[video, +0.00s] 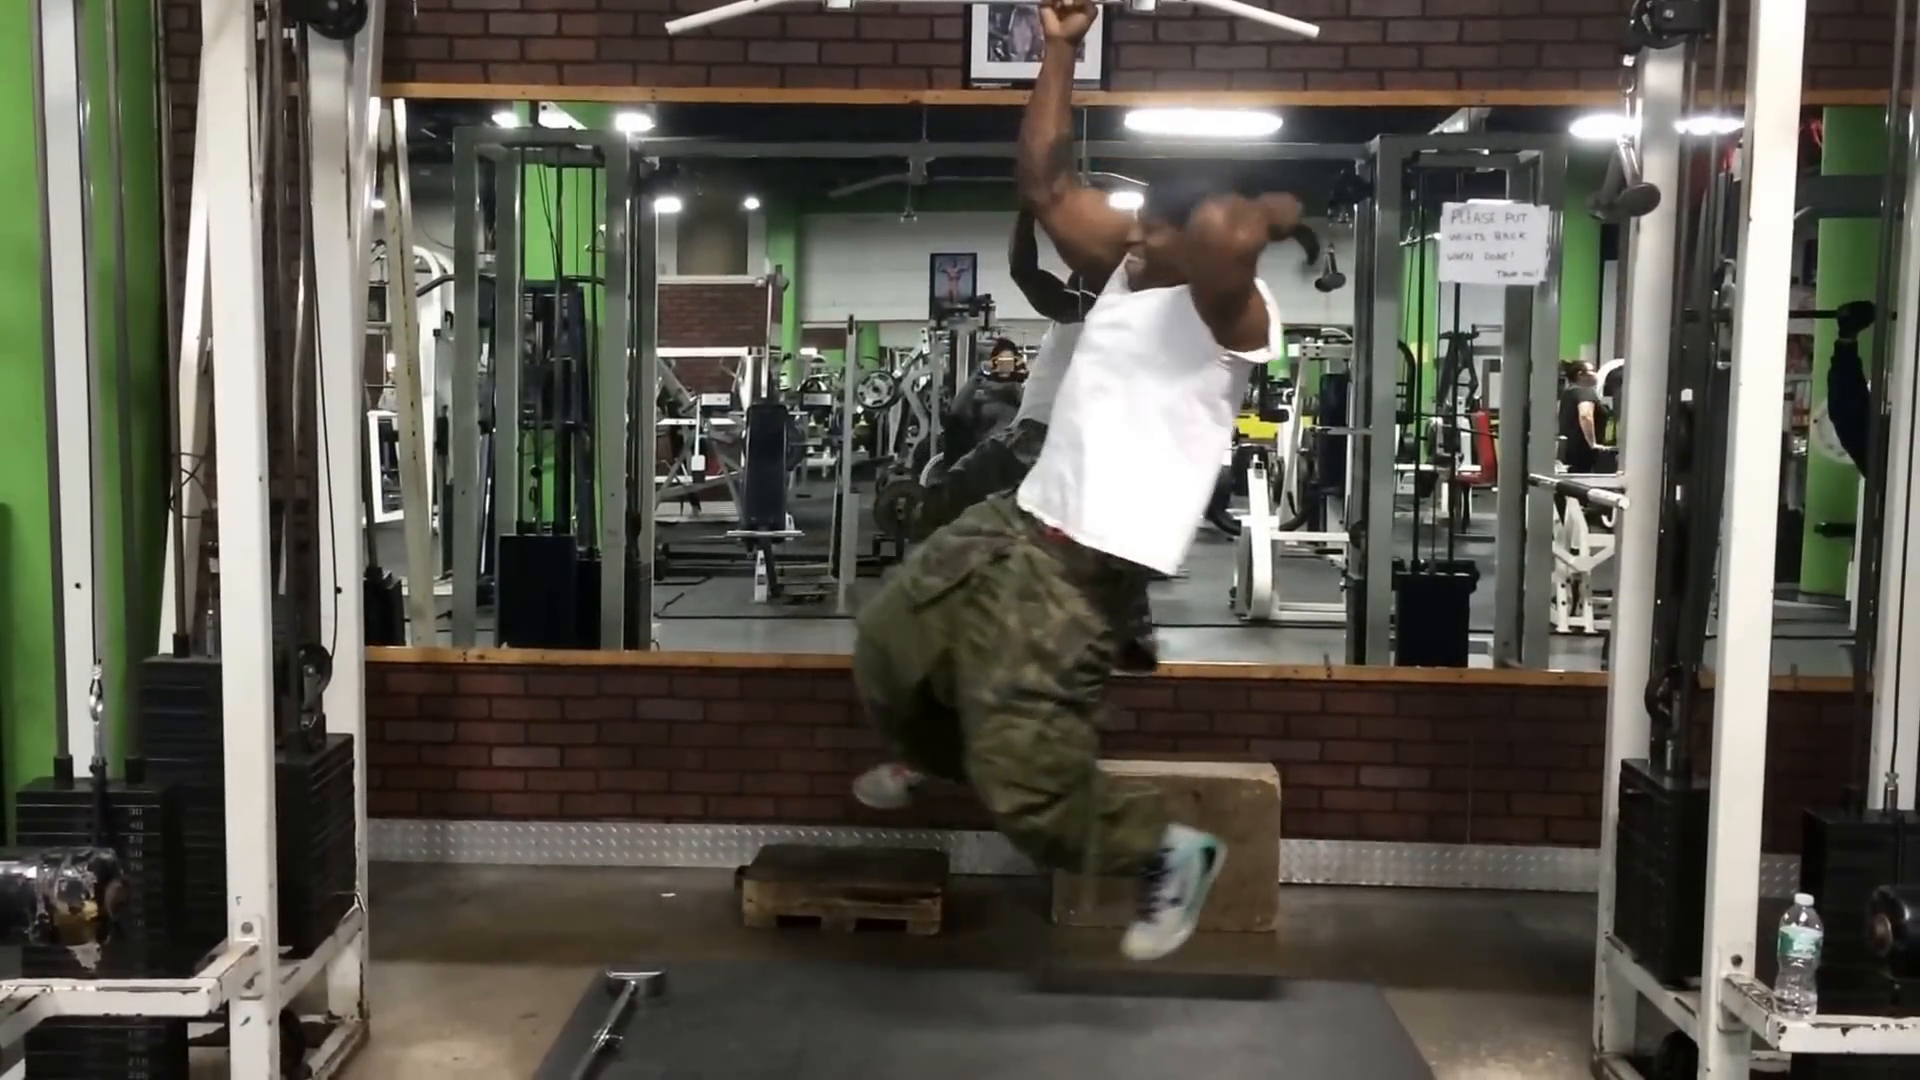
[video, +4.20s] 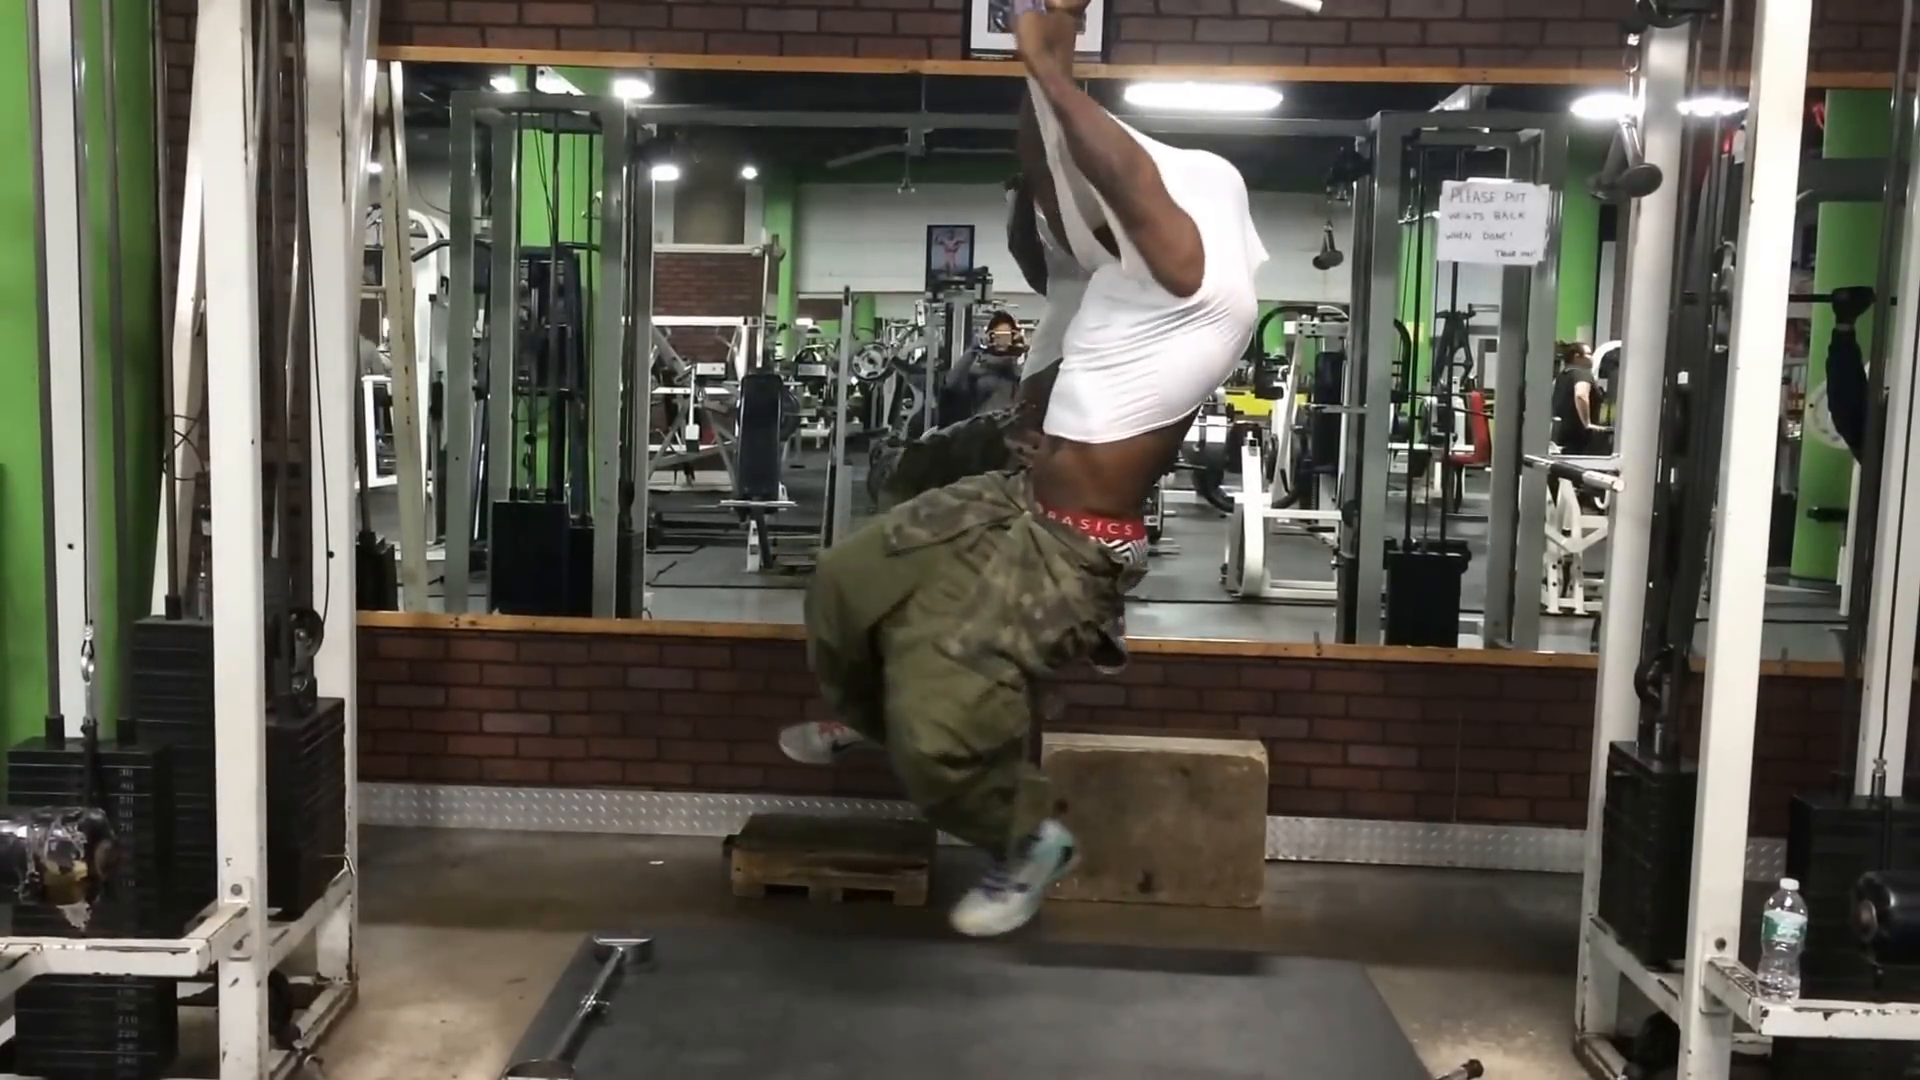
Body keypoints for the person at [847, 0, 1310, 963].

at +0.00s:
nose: (1171, 225)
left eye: (1194, 219)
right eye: (1174, 213)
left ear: (1232, 238)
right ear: (1164, 215)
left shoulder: (1233, 317)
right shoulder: (1131, 249)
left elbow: (1216, 256)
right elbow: (1045, 183)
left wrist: (1249, 214)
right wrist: (1058, 51)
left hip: (1085, 572)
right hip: (1015, 522)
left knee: (1017, 784)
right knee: (887, 643)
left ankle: (1172, 851)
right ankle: (938, 765)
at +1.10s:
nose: (1097, 236)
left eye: (1119, 228)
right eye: (1099, 223)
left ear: (1166, 264)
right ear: (1098, 239)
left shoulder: (1166, 347)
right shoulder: (1084, 298)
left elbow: (1114, 294)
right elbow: (1031, 166)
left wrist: (1175, 259)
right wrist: (1058, 36)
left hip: (992, 587)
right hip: (933, 555)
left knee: (878, 772)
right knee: (828, 713)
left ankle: (1037, 923)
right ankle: (933, 879)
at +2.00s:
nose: (1114, 231)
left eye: (1133, 227)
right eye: (1120, 221)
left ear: (1178, 251)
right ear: (1129, 233)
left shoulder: (1208, 335)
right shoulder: (1109, 264)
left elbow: (1227, 275)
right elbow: (1039, 151)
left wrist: (1238, 249)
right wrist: (1065, 23)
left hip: (1037, 577)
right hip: (965, 528)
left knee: (983, 784)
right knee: (864, 660)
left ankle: (1118, 840)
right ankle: (939, 773)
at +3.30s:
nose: (1066, 193)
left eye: (1067, 191)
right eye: (1050, 192)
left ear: (1086, 207)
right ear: (1060, 221)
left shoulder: (1161, 278)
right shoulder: (1087, 264)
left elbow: (1178, 154)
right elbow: (1035, 143)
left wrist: (1239, 230)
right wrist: (1061, 19)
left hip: (980, 552)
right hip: (934, 533)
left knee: (841, 745)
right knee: (831, 699)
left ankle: (1005, 905)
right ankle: (931, 856)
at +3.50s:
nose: (1101, 180)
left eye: (1137, 172)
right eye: (1110, 166)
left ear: (1155, 205)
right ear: (1121, 208)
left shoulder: (1151, 290)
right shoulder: (1078, 270)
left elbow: (1149, 154)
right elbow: (1032, 150)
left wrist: (1209, 104)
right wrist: (1056, 24)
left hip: (969, 545)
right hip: (933, 525)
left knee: (794, 715)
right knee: (816, 675)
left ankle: (922, 897)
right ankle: (905, 856)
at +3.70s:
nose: (1046, 246)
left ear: (1094, 210)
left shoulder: (1152, 277)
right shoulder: (1119, 271)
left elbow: (1054, 158)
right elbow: (1027, 150)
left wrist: (1100, 64)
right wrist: (1057, 32)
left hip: (1000, 541)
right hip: (965, 511)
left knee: (798, 674)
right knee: (782, 603)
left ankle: (879, 858)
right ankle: (854, 813)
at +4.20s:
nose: (1059, 214)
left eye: (1064, 199)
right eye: (1053, 202)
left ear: (1150, 199)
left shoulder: (1206, 291)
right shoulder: (1098, 273)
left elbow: (1133, 185)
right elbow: (1054, 193)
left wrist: (1053, 75)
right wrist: (1037, 88)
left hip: (1075, 546)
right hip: (1015, 494)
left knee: (929, 712)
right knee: (845, 580)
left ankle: (1028, 842)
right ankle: (860, 720)